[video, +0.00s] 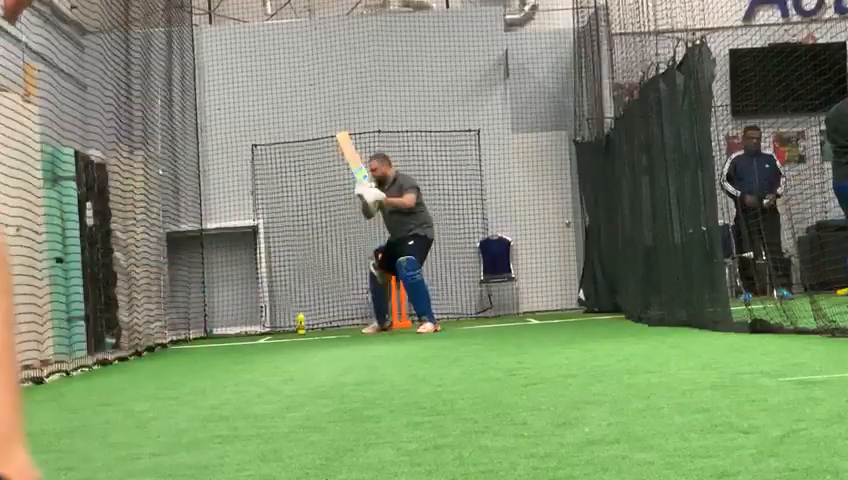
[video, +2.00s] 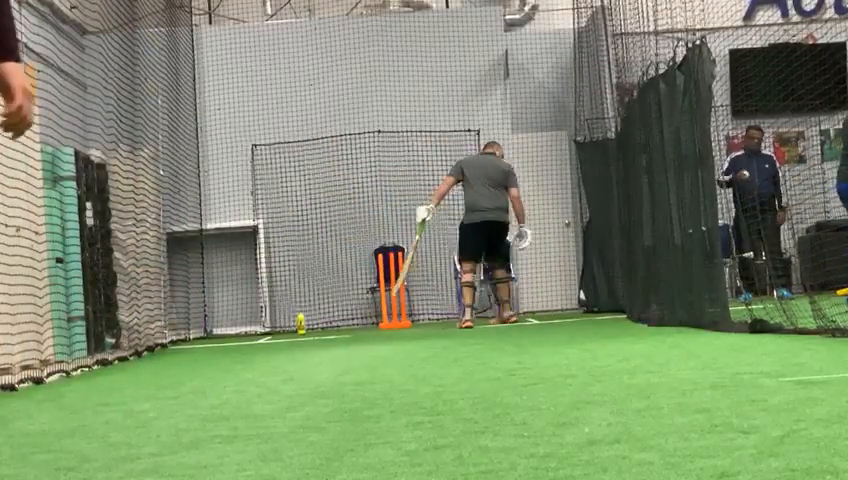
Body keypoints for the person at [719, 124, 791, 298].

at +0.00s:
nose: (755, 142)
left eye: (757, 139)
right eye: (751, 139)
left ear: (761, 140)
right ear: (743, 140)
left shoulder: (770, 159)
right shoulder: (734, 159)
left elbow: (782, 180)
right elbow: (724, 182)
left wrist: (775, 194)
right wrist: (742, 197)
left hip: (768, 210)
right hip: (745, 211)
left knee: (774, 247)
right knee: (746, 251)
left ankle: (781, 286)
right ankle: (748, 289)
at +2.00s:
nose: (755, 142)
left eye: (758, 139)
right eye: (751, 138)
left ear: (762, 141)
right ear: (744, 140)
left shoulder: (769, 159)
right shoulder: (735, 159)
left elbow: (777, 185)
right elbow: (721, 181)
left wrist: (781, 207)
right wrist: (735, 178)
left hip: (768, 211)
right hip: (744, 212)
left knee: (774, 248)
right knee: (746, 252)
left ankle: (779, 286)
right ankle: (748, 289)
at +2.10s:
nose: (755, 142)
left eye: (759, 139)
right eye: (752, 138)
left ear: (762, 142)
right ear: (744, 140)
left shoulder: (769, 160)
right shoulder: (736, 160)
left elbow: (777, 186)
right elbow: (724, 178)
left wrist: (781, 207)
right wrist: (710, 179)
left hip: (768, 211)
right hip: (744, 212)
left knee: (774, 248)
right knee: (746, 251)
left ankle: (779, 286)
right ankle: (748, 289)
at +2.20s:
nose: (754, 142)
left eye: (758, 139)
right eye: (751, 138)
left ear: (762, 142)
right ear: (744, 140)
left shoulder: (769, 160)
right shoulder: (735, 161)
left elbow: (777, 186)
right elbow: (717, 174)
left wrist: (781, 207)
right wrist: (705, 167)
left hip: (768, 211)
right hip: (744, 212)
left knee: (774, 248)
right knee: (745, 251)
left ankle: (780, 286)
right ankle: (749, 289)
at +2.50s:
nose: (756, 143)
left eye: (759, 141)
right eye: (752, 140)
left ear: (763, 142)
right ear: (745, 140)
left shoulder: (768, 160)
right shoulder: (735, 159)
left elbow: (781, 180)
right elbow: (713, 170)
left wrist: (779, 192)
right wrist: (727, 155)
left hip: (767, 210)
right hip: (744, 211)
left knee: (773, 247)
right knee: (744, 250)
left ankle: (779, 286)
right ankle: (749, 289)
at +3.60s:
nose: (759, 144)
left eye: (762, 141)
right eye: (755, 140)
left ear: (765, 141)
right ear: (749, 141)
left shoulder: (772, 158)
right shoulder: (740, 157)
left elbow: (780, 182)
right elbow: (731, 172)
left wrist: (786, 203)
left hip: (770, 209)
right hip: (748, 210)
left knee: (775, 247)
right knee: (746, 250)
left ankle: (781, 286)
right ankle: (749, 289)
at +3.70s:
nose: (761, 143)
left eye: (764, 140)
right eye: (757, 140)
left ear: (766, 141)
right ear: (749, 140)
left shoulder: (772, 158)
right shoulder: (742, 158)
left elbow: (780, 180)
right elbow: (739, 180)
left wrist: (785, 201)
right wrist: (751, 198)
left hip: (771, 206)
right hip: (750, 207)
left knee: (775, 245)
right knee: (748, 247)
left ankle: (780, 285)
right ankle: (749, 288)